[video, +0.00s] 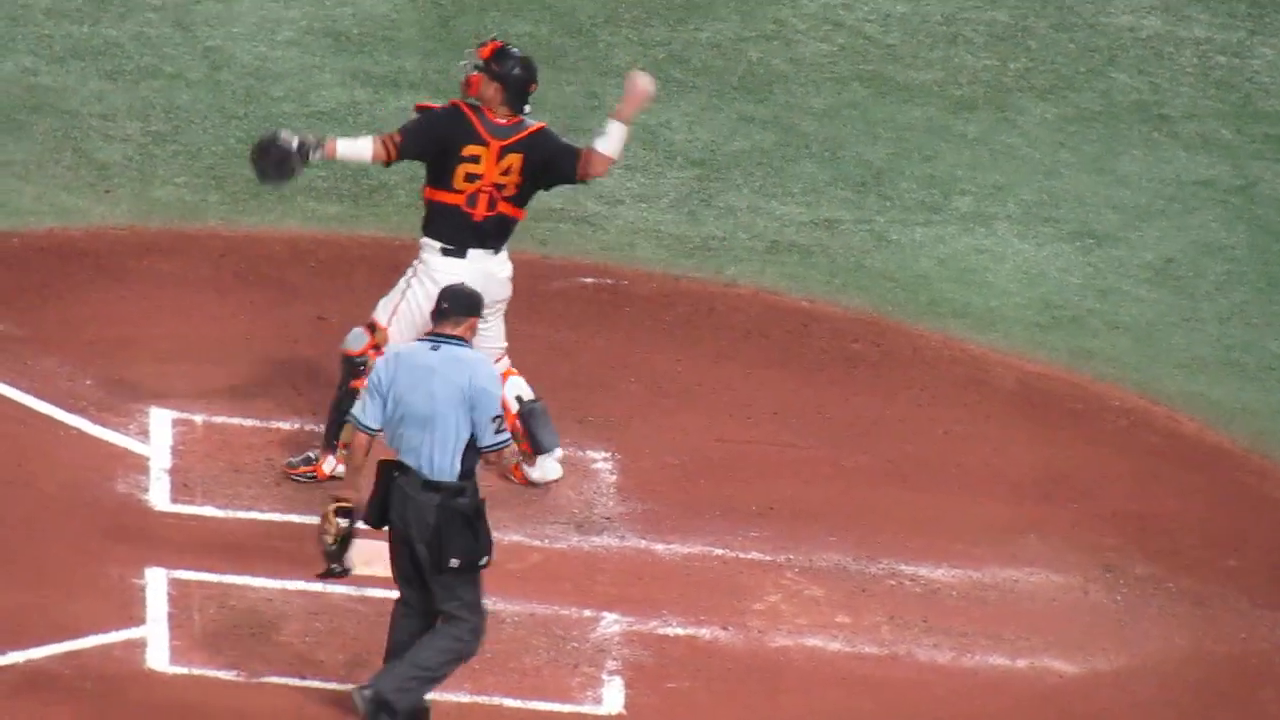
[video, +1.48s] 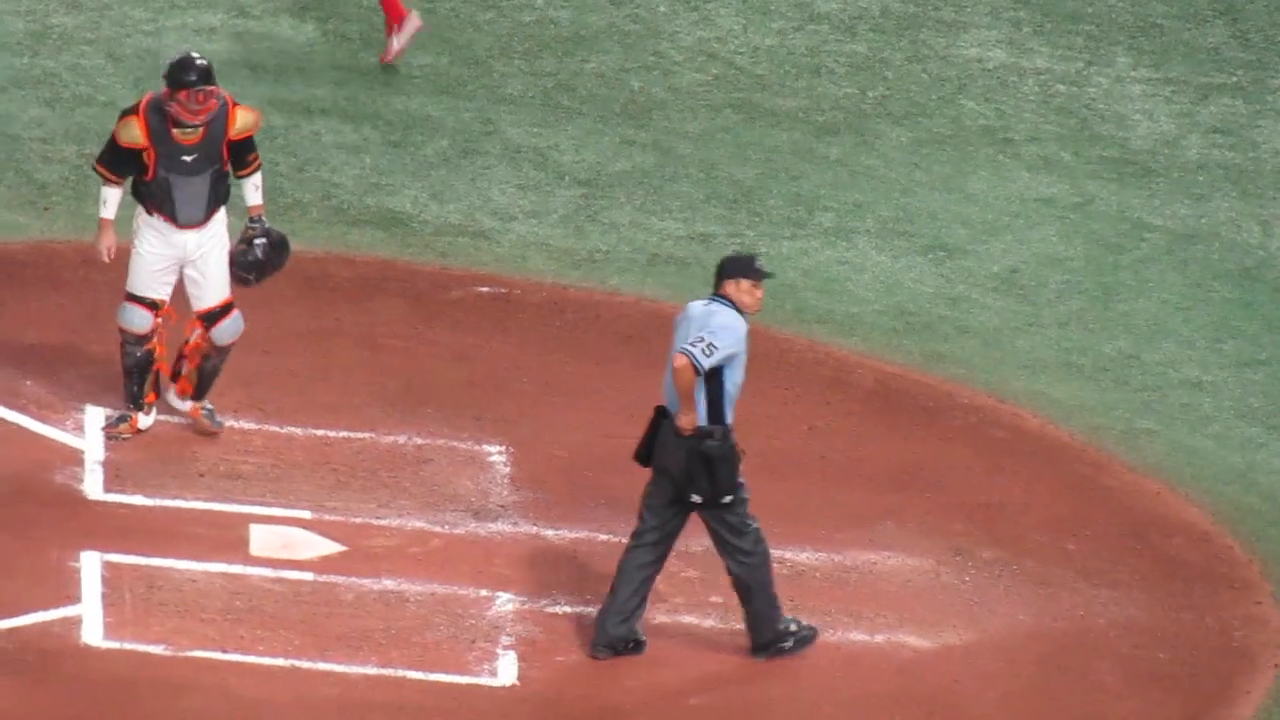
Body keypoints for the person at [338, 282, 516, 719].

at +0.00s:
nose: (478, 329)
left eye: (474, 323)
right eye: (477, 324)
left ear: (435, 317)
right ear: (471, 324)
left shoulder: (393, 360)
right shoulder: (478, 370)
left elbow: (360, 435)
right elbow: (497, 448)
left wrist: (354, 495)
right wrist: (517, 466)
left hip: (399, 495)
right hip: (446, 505)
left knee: (413, 605)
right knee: (464, 624)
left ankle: (401, 701)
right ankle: (384, 695)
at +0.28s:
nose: (512, 310)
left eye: (511, 303)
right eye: (510, 304)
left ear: (470, 299)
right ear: (498, 305)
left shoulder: (427, 336)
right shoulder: (502, 353)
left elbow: (404, 399)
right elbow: (510, 435)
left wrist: (449, 412)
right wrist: (514, 459)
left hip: (425, 478)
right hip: (472, 488)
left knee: (406, 588)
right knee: (514, 591)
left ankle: (369, 692)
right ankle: (523, 689)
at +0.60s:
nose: (519, 308)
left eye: (519, 300)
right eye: (517, 301)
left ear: (481, 297)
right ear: (502, 302)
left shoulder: (437, 325)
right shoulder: (507, 352)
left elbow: (417, 383)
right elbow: (515, 428)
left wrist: (459, 393)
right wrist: (530, 429)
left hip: (437, 460)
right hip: (480, 471)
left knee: (436, 555)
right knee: (493, 571)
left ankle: (370, 621)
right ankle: (471, 669)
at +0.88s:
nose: (595, 300)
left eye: (594, 293)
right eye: (592, 294)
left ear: (556, 294)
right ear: (577, 298)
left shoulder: (515, 322)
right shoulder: (591, 348)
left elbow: (481, 372)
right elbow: (596, 416)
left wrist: (526, 367)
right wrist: (562, 387)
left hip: (511, 449)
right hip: (549, 461)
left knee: (555, 532)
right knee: (522, 557)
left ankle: (568, 618)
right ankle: (477, 658)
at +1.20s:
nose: (669, 287)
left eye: (668, 280)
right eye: (662, 281)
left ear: (631, 286)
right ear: (640, 285)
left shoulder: (595, 316)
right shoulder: (655, 331)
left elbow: (570, 380)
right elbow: (650, 403)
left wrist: (614, 391)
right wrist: (669, 453)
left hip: (591, 444)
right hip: (627, 453)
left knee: (609, 543)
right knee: (652, 560)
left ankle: (602, 629)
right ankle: (575, 628)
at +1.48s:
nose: (761, 292)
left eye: (761, 285)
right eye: (753, 285)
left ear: (725, 288)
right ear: (730, 287)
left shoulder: (692, 311)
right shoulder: (730, 323)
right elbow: (684, 364)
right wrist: (687, 413)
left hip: (674, 441)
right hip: (708, 447)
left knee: (650, 539)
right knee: (744, 545)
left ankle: (614, 631)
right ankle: (769, 631)